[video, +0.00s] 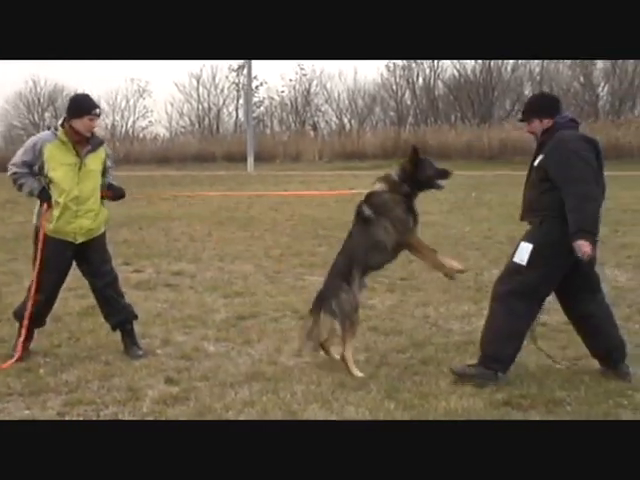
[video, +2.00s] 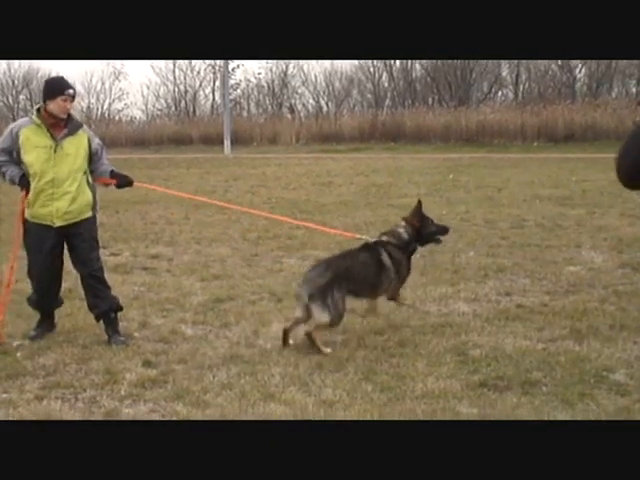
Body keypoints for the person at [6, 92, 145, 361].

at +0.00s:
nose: (94, 123)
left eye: (96, 118)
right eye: (90, 118)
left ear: (93, 120)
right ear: (72, 118)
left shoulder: (99, 148)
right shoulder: (43, 143)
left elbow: (105, 176)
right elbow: (17, 170)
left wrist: (109, 189)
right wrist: (40, 190)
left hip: (92, 232)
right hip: (57, 233)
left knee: (108, 284)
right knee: (45, 290)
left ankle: (129, 339)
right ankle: (24, 338)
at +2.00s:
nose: (68, 104)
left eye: (71, 100)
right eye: (63, 99)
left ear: (72, 102)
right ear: (47, 100)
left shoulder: (83, 134)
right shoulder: (20, 130)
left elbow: (99, 166)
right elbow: (3, 158)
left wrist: (113, 176)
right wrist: (18, 176)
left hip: (79, 215)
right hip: (39, 217)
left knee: (92, 269)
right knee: (41, 273)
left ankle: (111, 326)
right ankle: (46, 319)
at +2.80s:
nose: (79, 96)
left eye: (80, 91)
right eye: (75, 91)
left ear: (75, 93)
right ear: (58, 92)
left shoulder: (83, 124)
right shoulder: (25, 116)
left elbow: (91, 159)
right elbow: (2, 143)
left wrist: (109, 165)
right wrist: (19, 163)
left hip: (76, 205)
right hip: (37, 205)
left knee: (91, 259)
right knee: (26, 265)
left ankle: (112, 310)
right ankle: (9, 314)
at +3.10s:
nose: (45, 98)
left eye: (46, 93)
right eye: (40, 93)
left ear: (42, 94)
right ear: (22, 94)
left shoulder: (47, 126)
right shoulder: (3, 123)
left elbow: (52, 162)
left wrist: (69, 168)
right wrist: (2, 178)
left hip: (40, 207)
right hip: (7, 210)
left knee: (56, 260)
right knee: (0, 264)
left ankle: (79, 311)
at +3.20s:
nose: (37, 98)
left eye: (38, 93)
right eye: (32, 93)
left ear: (36, 95)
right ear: (14, 94)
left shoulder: (38, 125)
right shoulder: (3, 121)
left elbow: (43, 161)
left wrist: (58, 168)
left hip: (33, 207)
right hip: (5, 210)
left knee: (48, 260)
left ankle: (72, 311)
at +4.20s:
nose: (2, 102)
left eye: (2, 96)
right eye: (2, 97)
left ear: (4, 98)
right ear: (3, 99)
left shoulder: (11, 130)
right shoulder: (11, 131)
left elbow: (21, 157)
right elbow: (21, 157)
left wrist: (25, 172)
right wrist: (24, 171)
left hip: (6, 207)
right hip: (5, 208)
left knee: (13, 263)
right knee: (11, 263)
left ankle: (34, 319)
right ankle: (33, 318)